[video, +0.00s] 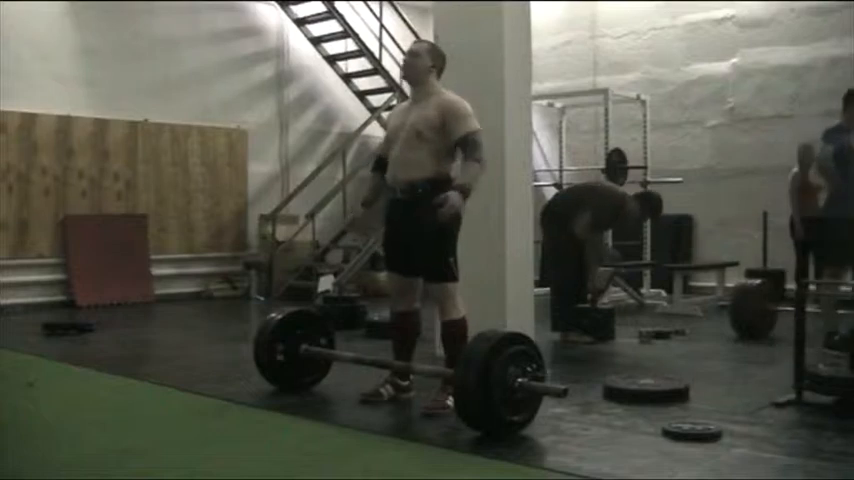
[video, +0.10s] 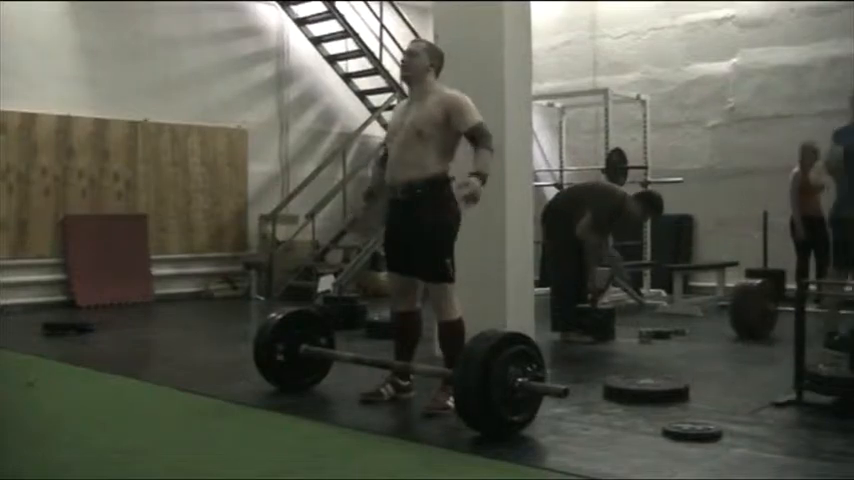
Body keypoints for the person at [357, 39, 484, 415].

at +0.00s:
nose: (405, 60)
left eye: (413, 55)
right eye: (405, 55)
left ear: (433, 66)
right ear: (407, 65)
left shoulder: (452, 107)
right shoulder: (398, 114)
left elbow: (475, 155)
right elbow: (381, 165)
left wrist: (460, 192)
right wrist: (365, 207)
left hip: (436, 201)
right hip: (399, 203)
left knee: (444, 294)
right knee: (401, 292)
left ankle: (451, 386)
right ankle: (400, 379)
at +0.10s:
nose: (403, 60)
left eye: (411, 55)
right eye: (403, 54)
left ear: (431, 66)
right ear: (406, 64)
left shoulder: (452, 102)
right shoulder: (401, 110)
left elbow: (482, 141)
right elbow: (387, 158)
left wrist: (478, 177)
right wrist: (373, 191)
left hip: (434, 198)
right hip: (399, 201)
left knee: (441, 295)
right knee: (402, 293)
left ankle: (451, 386)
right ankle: (401, 379)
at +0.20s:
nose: (403, 59)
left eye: (412, 55)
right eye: (403, 54)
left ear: (432, 66)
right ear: (405, 63)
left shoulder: (452, 101)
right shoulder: (401, 110)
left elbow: (485, 140)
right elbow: (390, 155)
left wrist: (485, 173)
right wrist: (375, 183)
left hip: (434, 200)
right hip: (400, 202)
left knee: (441, 295)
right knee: (402, 294)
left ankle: (452, 385)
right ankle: (400, 379)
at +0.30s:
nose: (404, 59)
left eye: (413, 55)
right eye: (405, 54)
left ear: (432, 66)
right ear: (406, 64)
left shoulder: (450, 101)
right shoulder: (402, 110)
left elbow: (477, 142)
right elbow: (390, 160)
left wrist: (478, 176)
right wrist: (370, 190)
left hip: (433, 198)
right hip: (399, 201)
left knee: (442, 294)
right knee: (402, 293)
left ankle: (452, 385)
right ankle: (400, 379)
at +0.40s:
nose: (404, 61)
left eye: (413, 56)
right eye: (405, 56)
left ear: (433, 66)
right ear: (407, 66)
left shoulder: (452, 105)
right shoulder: (401, 112)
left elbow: (469, 151)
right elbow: (385, 164)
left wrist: (467, 179)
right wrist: (366, 198)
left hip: (435, 197)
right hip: (400, 200)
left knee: (443, 293)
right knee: (402, 292)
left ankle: (452, 385)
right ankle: (400, 379)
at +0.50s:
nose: (406, 63)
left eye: (414, 57)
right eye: (406, 57)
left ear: (434, 66)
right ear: (408, 68)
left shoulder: (451, 108)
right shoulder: (399, 116)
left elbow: (464, 160)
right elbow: (381, 172)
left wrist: (449, 192)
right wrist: (357, 213)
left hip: (435, 198)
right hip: (400, 201)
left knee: (443, 293)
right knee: (401, 292)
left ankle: (452, 385)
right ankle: (400, 380)